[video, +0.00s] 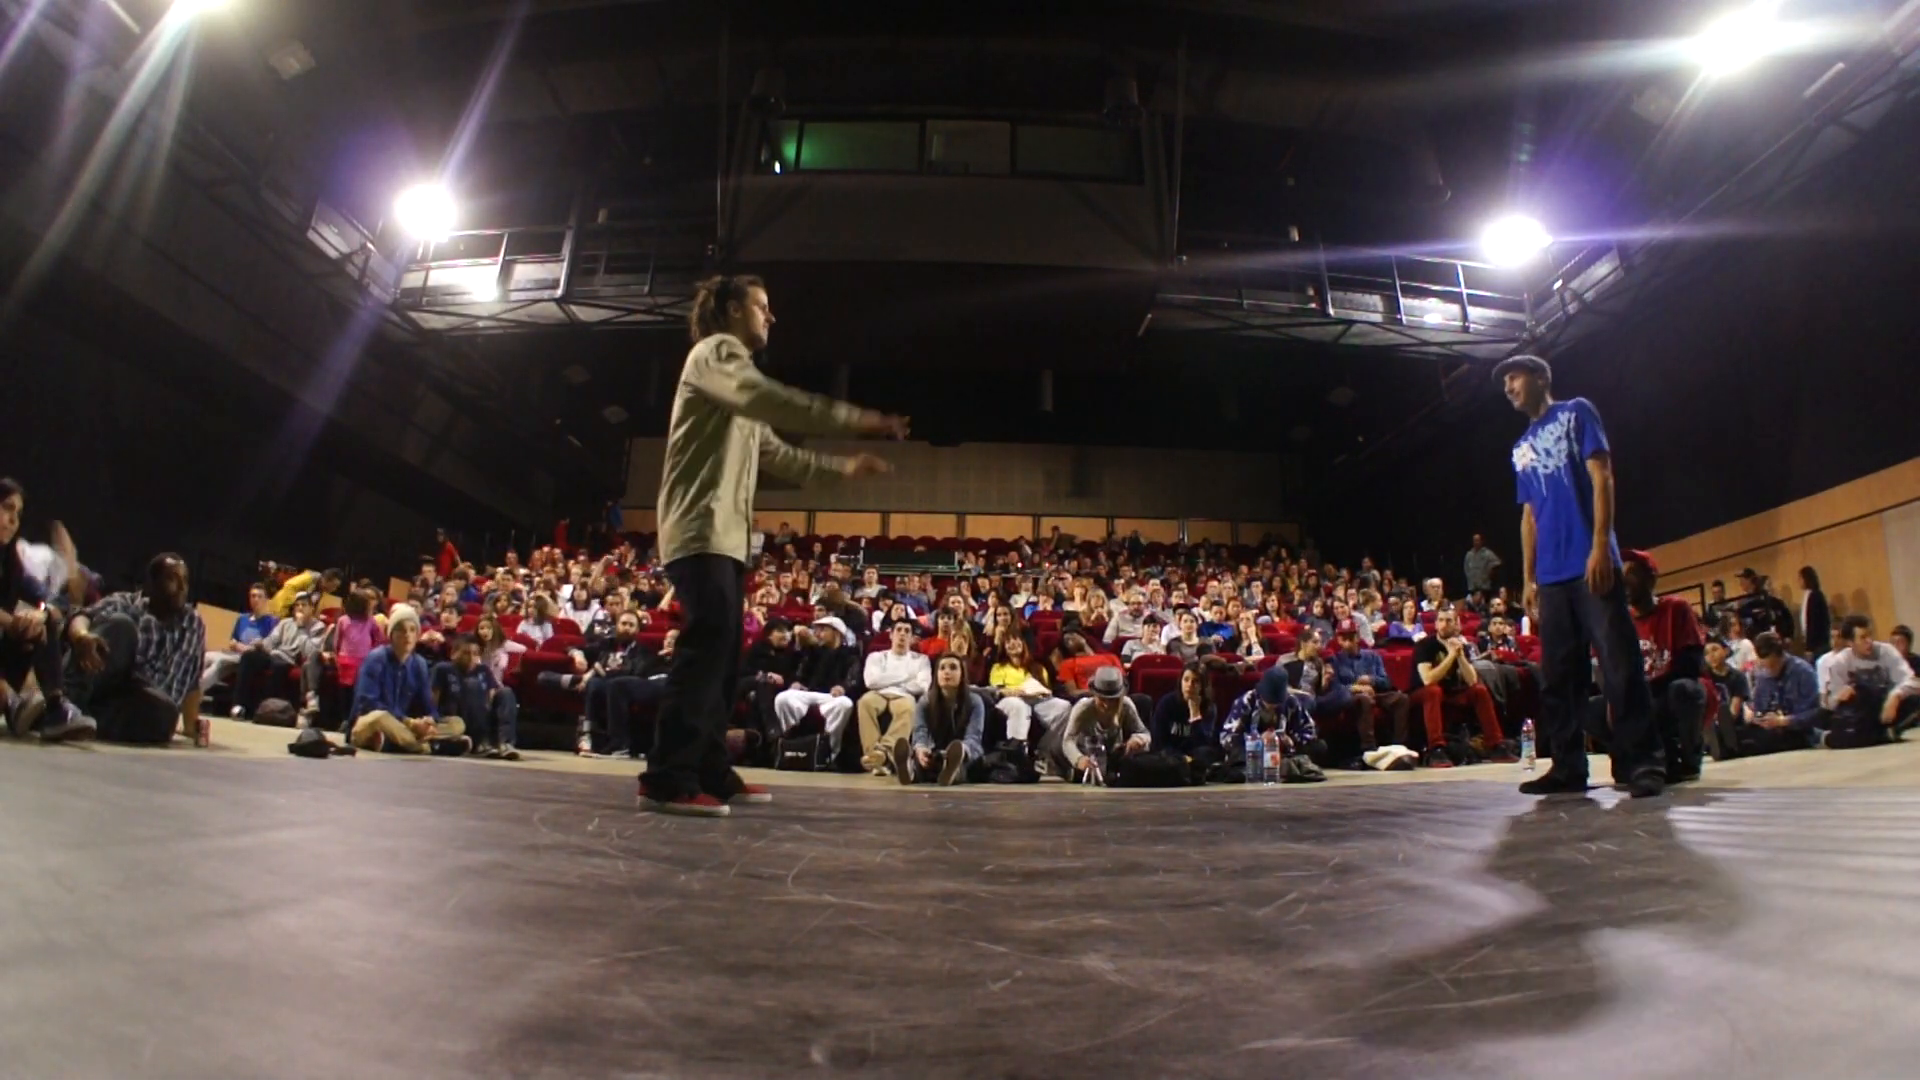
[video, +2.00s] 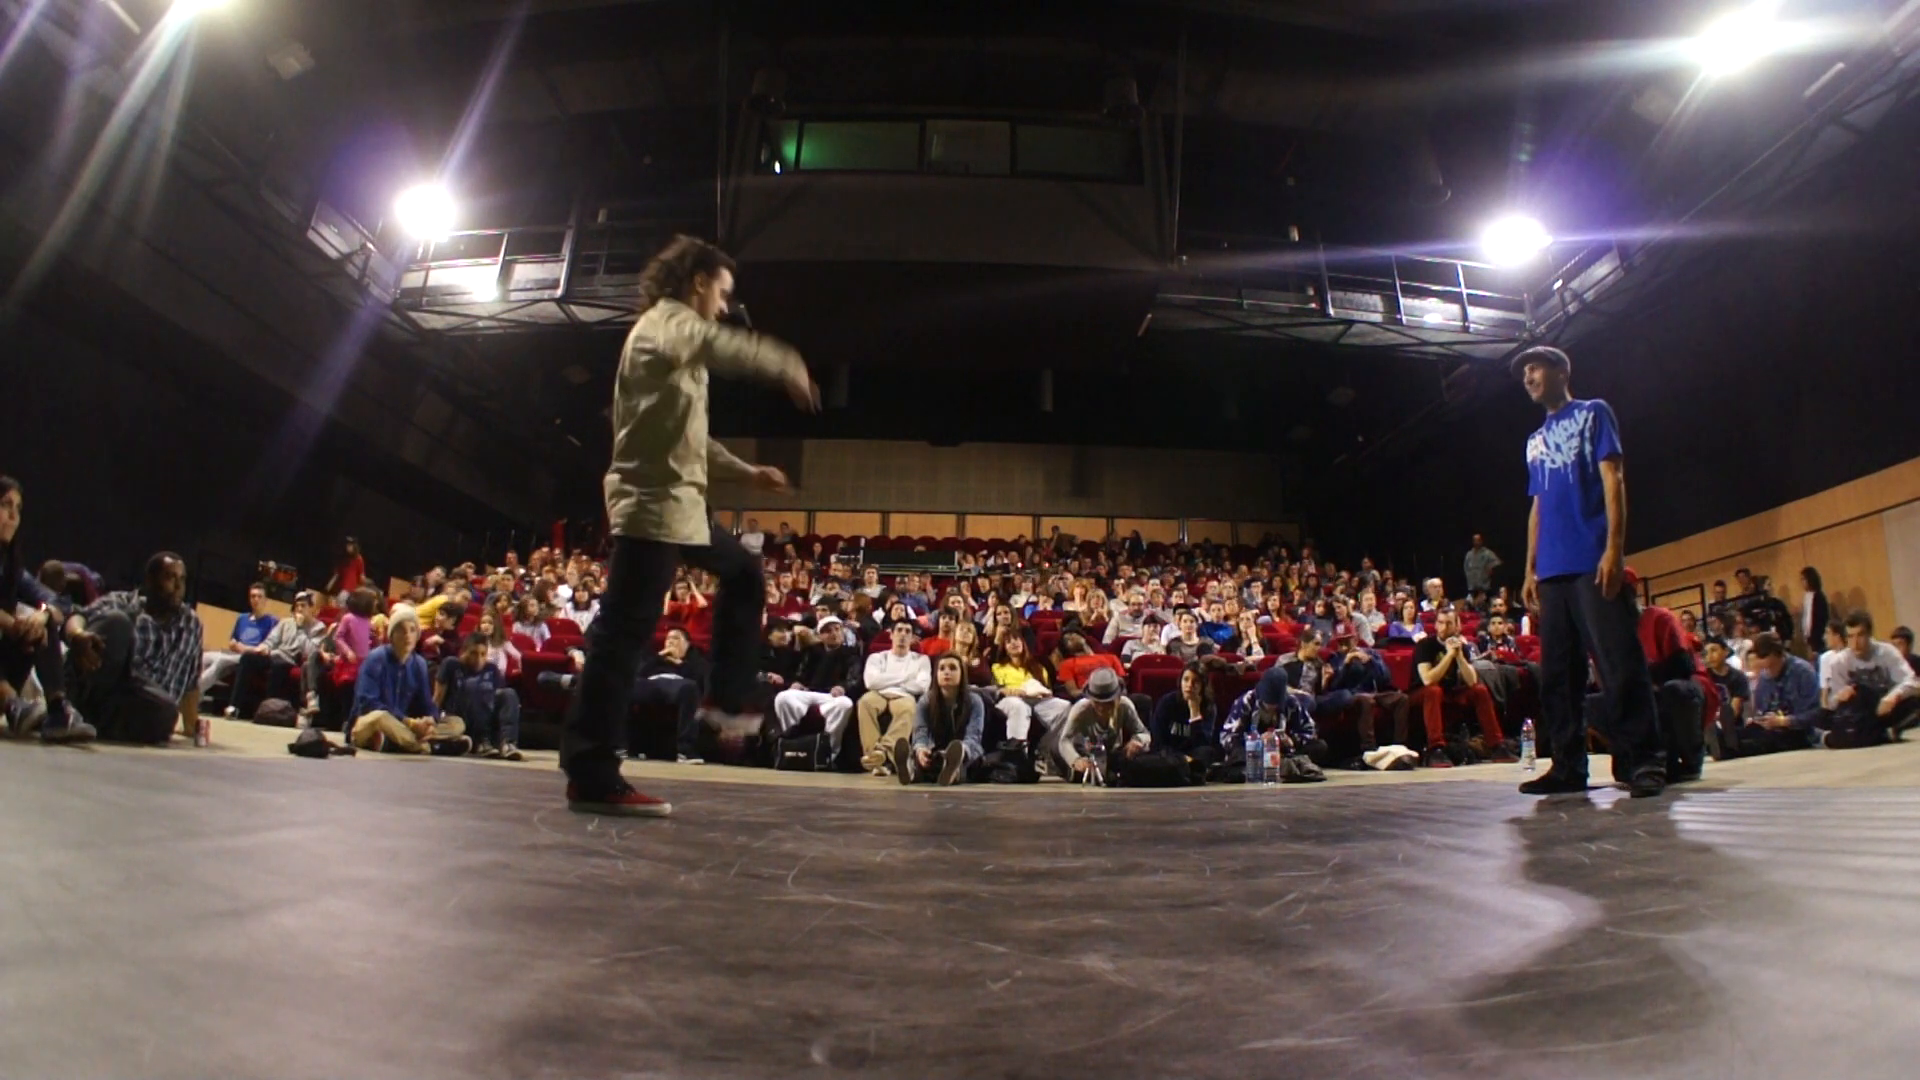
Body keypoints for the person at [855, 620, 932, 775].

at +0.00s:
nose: (902, 634)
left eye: (907, 631)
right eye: (899, 630)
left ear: (912, 638)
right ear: (891, 634)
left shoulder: (921, 659)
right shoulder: (875, 657)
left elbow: (922, 686)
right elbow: (871, 681)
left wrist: (888, 683)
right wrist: (905, 677)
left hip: (904, 694)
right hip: (879, 692)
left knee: (907, 710)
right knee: (865, 703)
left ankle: (884, 750)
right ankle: (875, 760)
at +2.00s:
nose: (903, 635)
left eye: (907, 631)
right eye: (899, 630)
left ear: (912, 638)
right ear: (891, 634)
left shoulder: (921, 659)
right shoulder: (876, 657)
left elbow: (921, 686)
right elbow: (871, 682)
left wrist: (886, 683)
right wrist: (905, 678)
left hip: (904, 694)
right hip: (879, 692)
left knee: (907, 710)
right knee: (865, 703)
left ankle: (884, 750)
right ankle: (876, 761)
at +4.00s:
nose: (903, 636)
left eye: (907, 632)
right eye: (899, 631)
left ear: (912, 637)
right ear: (891, 635)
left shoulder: (921, 659)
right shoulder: (876, 658)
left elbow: (922, 686)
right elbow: (871, 682)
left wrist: (887, 682)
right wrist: (905, 677)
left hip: (904, 694)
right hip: (879, 692)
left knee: (907, 710)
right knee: (865, 703)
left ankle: (884, 750)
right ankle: (875, 761)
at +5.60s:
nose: (903, 636)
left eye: (907, 632)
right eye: (899, 632)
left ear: (912, 638)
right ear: (891, 635)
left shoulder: (921, 659)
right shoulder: (876, 658)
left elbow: (921, 686)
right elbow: (871, 682)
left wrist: (888, 682)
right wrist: (905, 678)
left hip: (904, 694)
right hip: (879, 692)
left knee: (907, 711)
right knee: (865, 703)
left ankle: (883, 750)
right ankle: (876, 762)